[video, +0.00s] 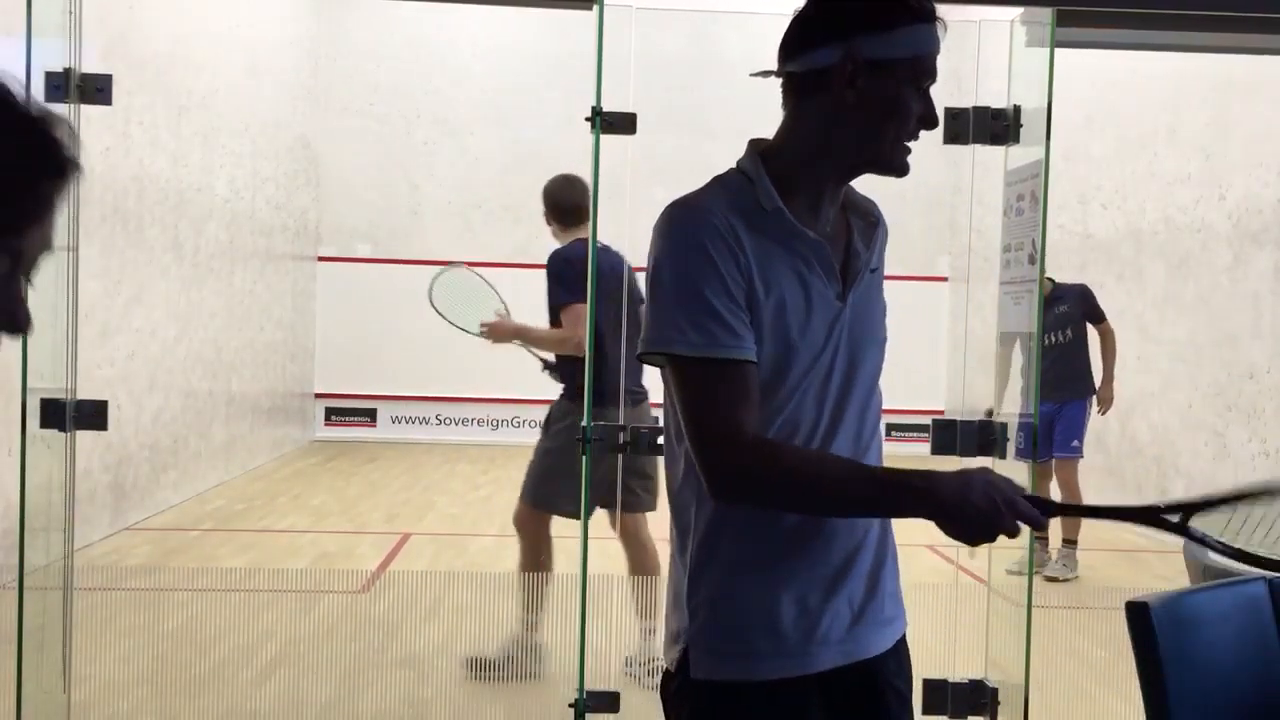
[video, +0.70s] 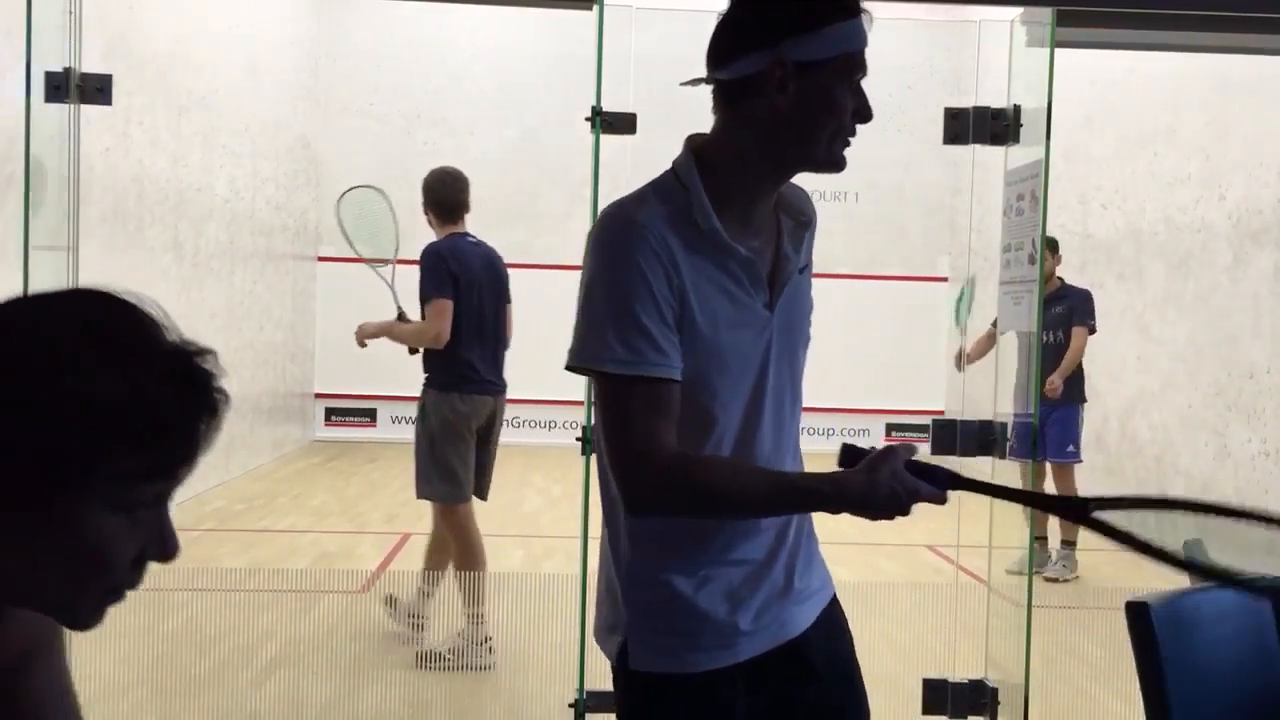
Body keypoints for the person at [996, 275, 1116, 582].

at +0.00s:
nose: (1025, 281)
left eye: (1028, 274)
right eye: (1019, 278)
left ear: (1038, 270)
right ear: (1015, 280)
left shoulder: (1076, 294)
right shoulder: (1018, 305)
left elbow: (1105, 331)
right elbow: (1004, 351)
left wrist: (1107, 382)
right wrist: (996, 400)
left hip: (1072, 399)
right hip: (1035, 400)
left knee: (1065, 472)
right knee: (1038, 475)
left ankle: (1067, 557)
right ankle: (1038, 550)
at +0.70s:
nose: (1036, 267)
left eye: (1042, 260)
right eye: (1032, 260)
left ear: (1056, 260)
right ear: (1025, 264)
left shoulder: (1077, 298)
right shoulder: (1021, 299)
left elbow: (1078, 344)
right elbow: (991, 335)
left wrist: (1059, 375)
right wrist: (969, 356)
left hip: (1063, 402)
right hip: (1026, 400)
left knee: (1062, 475)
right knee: (1031, 476)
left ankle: (1067, 555)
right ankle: (1038, 551)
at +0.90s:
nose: (1035, 269)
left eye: (1040, 262)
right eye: (1029, 263)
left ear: (1052, 261)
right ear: (1020, 265)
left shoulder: (1070, 299)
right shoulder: (1017, 299)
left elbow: (1049, 348)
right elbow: (984, 334)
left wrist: (1015, 379)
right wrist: (975, 330)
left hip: (1059, 402)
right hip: (1023, 399)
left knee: (1059, 478)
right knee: (1011, 474)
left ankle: (1067, 555)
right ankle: (1035, 547)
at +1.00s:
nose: (1025, 265)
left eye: (1032, 257)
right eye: (1019, 258)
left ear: (1045, 259)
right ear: (1011, 261)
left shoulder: (1062, 298)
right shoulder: (1014, 298)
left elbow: (1036, 337)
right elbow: (980, 333)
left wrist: (987, 358)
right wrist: (982, 316)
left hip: (1054, 403)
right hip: (1017, 401)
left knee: (1057, 479)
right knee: (1000, 477)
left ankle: (1067, 556)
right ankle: (1026, 542)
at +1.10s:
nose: (1013, 262)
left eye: (1021, 254)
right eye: (1008, 255)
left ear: (1034, 257)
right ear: (1002, 258)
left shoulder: (1053, 297)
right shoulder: (1005, 297)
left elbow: (1019, 334)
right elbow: (977, 331)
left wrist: (963, 336)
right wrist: (980, 303)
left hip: (1047, 401)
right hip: (1012, 402)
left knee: (1053, 480)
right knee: (984, 470)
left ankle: (1067, 556)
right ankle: (1002, 547)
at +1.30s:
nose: (963, 277)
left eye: (969, 270)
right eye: (961, 271)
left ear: (989, 268)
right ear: (966, 271)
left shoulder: (1016, 299)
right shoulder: (972, 302)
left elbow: (1003, 336)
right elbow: (952, 329)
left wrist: (941, 335)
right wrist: (955, 281)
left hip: (1023, 404)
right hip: (987, 402)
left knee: (1041, 481)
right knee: (953, 470)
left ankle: (1065, 554)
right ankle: (924, 539)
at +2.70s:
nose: (671, 252)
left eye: (677, 247)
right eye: (674, 246)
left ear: (695, 256)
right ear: (703, 258)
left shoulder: (676, 294)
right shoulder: (734, 298)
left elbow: (671, 348)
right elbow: (757, 351)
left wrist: (650, 381)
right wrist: (746, 390)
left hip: (683, 400)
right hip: (721, 402)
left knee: (645, 473)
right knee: (709, 475)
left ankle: (628, 552)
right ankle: (713, 556)